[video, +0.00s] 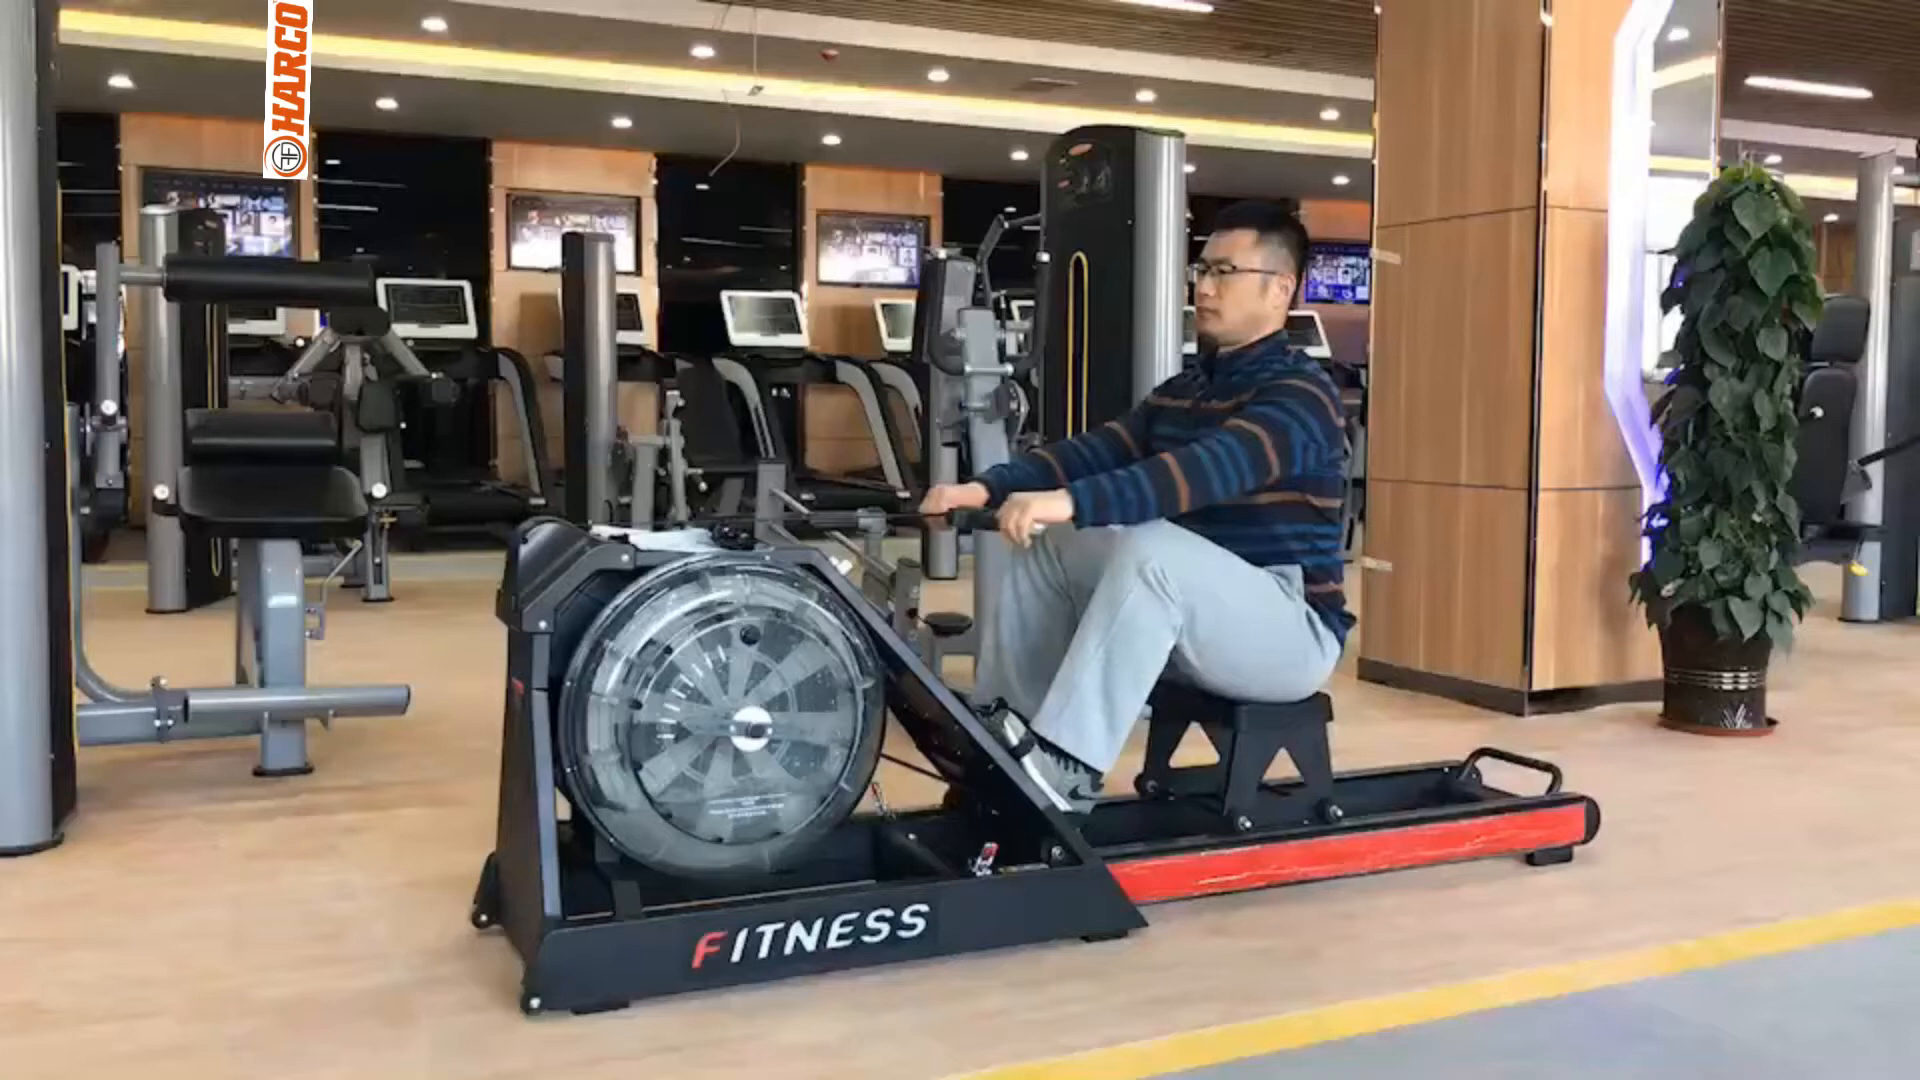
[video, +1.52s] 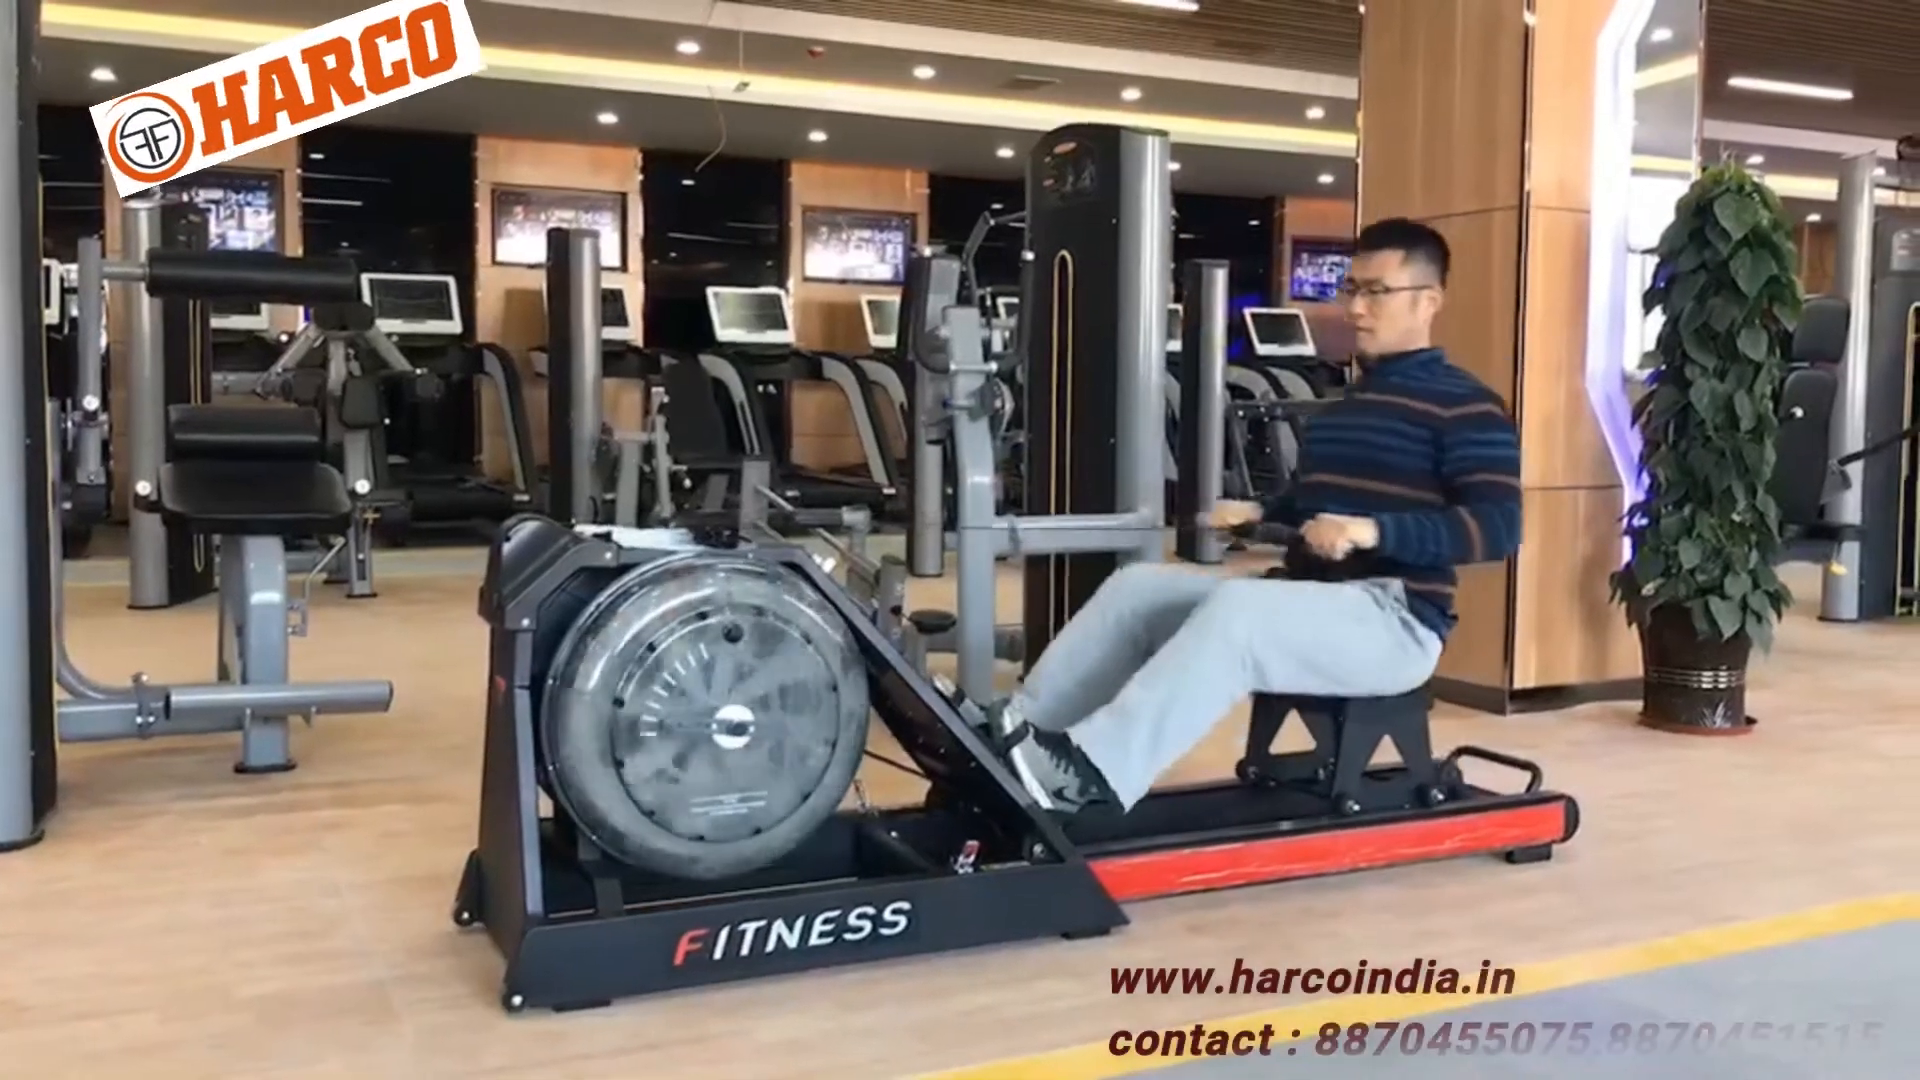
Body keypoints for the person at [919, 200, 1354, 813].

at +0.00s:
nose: (1201, 287)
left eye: (1222, 272)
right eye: (1200, 272)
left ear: (1282, 290)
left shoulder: (1301, 395)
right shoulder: (1185, 389)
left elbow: (1201, 473)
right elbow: (1097, 451)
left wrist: (1072, 502)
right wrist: (988, 487)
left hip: (1291, 631)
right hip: (1189, 613)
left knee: (1152, 552)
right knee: (1024, 533)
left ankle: (1070, 765)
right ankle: (1012, 727)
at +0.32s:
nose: (1226, 280)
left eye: (1248, 266)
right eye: (1225, 265)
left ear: (1300, 288)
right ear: (1216, 277)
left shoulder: (1316, 392)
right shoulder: (1209, 380)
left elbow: (1207, 457)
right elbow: (1120, 439)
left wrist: (1082, 486)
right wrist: (996, 474)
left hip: (1302, 625)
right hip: (1208, 603)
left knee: (1162, 556)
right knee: (1054, 538)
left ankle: (1068, 763)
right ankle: (1013, 733)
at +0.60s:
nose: (1307, 285)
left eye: (1327, 271)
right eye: (1305, 270)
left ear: (1380, 292)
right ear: (1298, 278)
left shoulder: (1395, 394)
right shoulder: (1281, 384)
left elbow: (1299, 465)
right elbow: (1193, 446)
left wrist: (1174, 492)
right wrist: (1074, 478)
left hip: (1357, 617)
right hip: (1265, 592)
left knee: (1206, 575)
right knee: (1101, 561)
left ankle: (1074, 761)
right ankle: (1008, 729)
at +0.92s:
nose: (1409, 311)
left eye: (1429, 295)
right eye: (1402, 294)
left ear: (1481, 309)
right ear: (1393, 299)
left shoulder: (1502, 408)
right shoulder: (1376, 402)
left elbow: (1444, 499)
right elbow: (1298, 473)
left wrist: (1324, 507)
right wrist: (1213, 485)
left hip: (1415, 614)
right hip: (1329, 591)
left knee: (1248, 635)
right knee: (1159, 606)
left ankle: (1094, 771)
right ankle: (1015, 727)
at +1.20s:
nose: (1426, 316)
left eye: (1447, 301)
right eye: (1422, 300)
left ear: (1500, 315)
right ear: (1417, 307)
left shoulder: (1534, 415)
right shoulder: (1400, 410)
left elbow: (1534, 535)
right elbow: (1358, 501)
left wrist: (1419, 527)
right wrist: (1301, 504)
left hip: (1424, 616)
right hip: (1335, 590)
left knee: (1256, 670)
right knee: (1185, 632)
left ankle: (1094, 786)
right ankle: (1022, 728)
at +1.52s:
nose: (1356, 307)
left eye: (1377, 292)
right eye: (1351, 290)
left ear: (1431, 303)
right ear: (1344, 294)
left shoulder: (1467, 405)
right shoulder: (1339, 402)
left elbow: (1496, 529)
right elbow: (1310, 504)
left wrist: (1377, 528)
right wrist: (1257, 514)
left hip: (1396, 621)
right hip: (1305, 597)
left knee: (1234, 616)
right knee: (1137, 586)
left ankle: (1094, 771)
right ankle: (1014, 729)